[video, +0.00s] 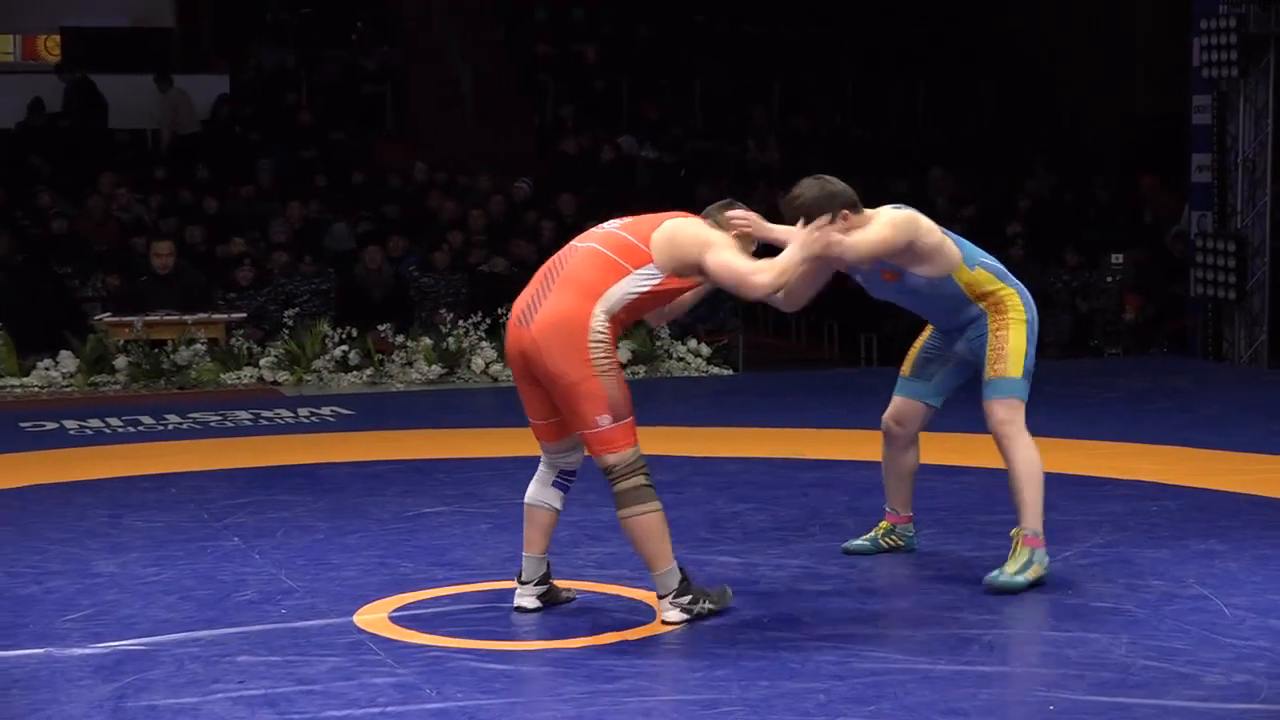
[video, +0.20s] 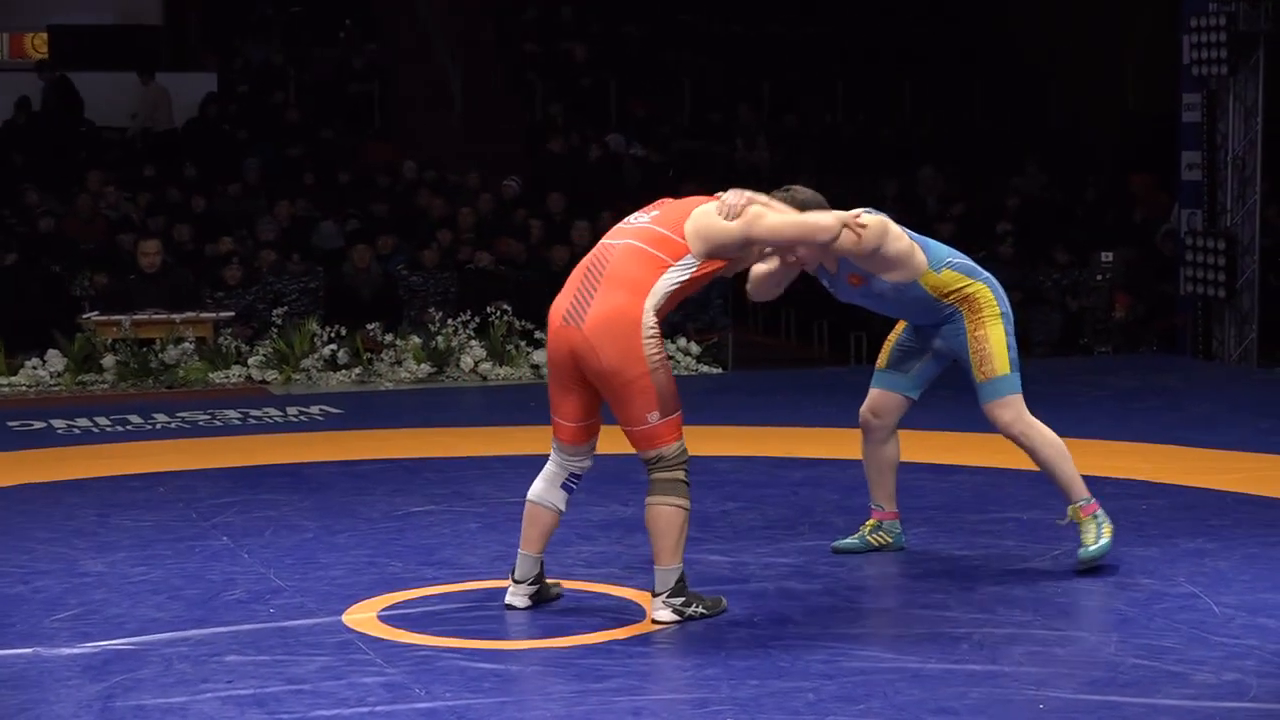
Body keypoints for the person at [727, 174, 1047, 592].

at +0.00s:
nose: (811, 241)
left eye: (813, 231)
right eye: (805, 234)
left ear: (842, 219)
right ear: (832, 224)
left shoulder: (897, 223)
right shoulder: (836, 247)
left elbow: (846, 250)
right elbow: (788, 298)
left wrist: (769, 232)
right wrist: (734, 261)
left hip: (1000, 309)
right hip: (947, 326)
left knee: (1006, 420)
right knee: (898, 423)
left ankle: (1032, 546)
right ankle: (898, 526)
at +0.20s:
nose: (786, 255)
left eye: (790, 242)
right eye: (781, 245)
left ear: (812, 229)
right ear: (789, 243)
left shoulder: (871, 238)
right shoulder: (805, 261)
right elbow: (757, 291)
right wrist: (778, 244)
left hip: (971, 303)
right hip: (919, 320)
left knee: (1008, 415)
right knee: (875, 419)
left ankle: (1089, 514)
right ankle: (884, 524)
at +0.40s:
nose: (791, 254)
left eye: (794, 244)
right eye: (784, 248)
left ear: (815, 227)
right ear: (784, 240)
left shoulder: (862, 229)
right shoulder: (811, 255)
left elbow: (822, 190)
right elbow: (776, 292)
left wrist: (768, 177)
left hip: (974, 316)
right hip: (921, 329)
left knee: (1024, 434)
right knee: (866, 416)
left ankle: (1100, 506)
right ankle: (871, 522)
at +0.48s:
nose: (791, 255)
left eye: (792, 246)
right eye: (785, 250)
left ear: (816, 229)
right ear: (798, 242)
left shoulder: (871, 233)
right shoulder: (834, 268)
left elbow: (807, 201)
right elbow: (825, 285)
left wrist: (755, 172)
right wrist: (790, 299)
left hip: (981, 324)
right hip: (928, 334)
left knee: (1032, 438)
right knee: (867, 416)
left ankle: (1095, 519)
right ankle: (866, 522)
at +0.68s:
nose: (792, 255)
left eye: (792, 242)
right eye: (784, 247)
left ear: (813, 228)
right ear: (789, 243)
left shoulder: (868, 233)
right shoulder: (836, 265)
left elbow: (801, 217)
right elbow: (830, 285)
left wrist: (748, 186)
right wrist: (786, 326)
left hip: (982, 317)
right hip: (928, 326)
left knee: (1026, 440)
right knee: (856, 405)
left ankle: (1081, 517)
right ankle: (859, 504)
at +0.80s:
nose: (782, 249)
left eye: (787, 236)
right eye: (775, 241)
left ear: (810, 227)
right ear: (774, 241)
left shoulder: (858, 234)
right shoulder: (800, 262)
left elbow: (798, 216)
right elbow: (740, 295)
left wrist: (740, 188)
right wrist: (672, 316)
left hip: (966, 314)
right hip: (910, 325)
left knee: (1008, 437)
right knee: (848, 417)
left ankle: (1064, 516)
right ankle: (843, 495)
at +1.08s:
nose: (767, 257)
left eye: (769, 245)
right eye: (761, 249)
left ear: (787, 226)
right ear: (758, 241)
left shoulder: (837, 234)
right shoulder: (777, 260)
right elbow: (718, 311)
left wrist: (736, 238)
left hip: (938, 305)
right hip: (879, 319)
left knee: (995, 410)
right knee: (827, 409)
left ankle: (1054, 495)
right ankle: (825, 502)